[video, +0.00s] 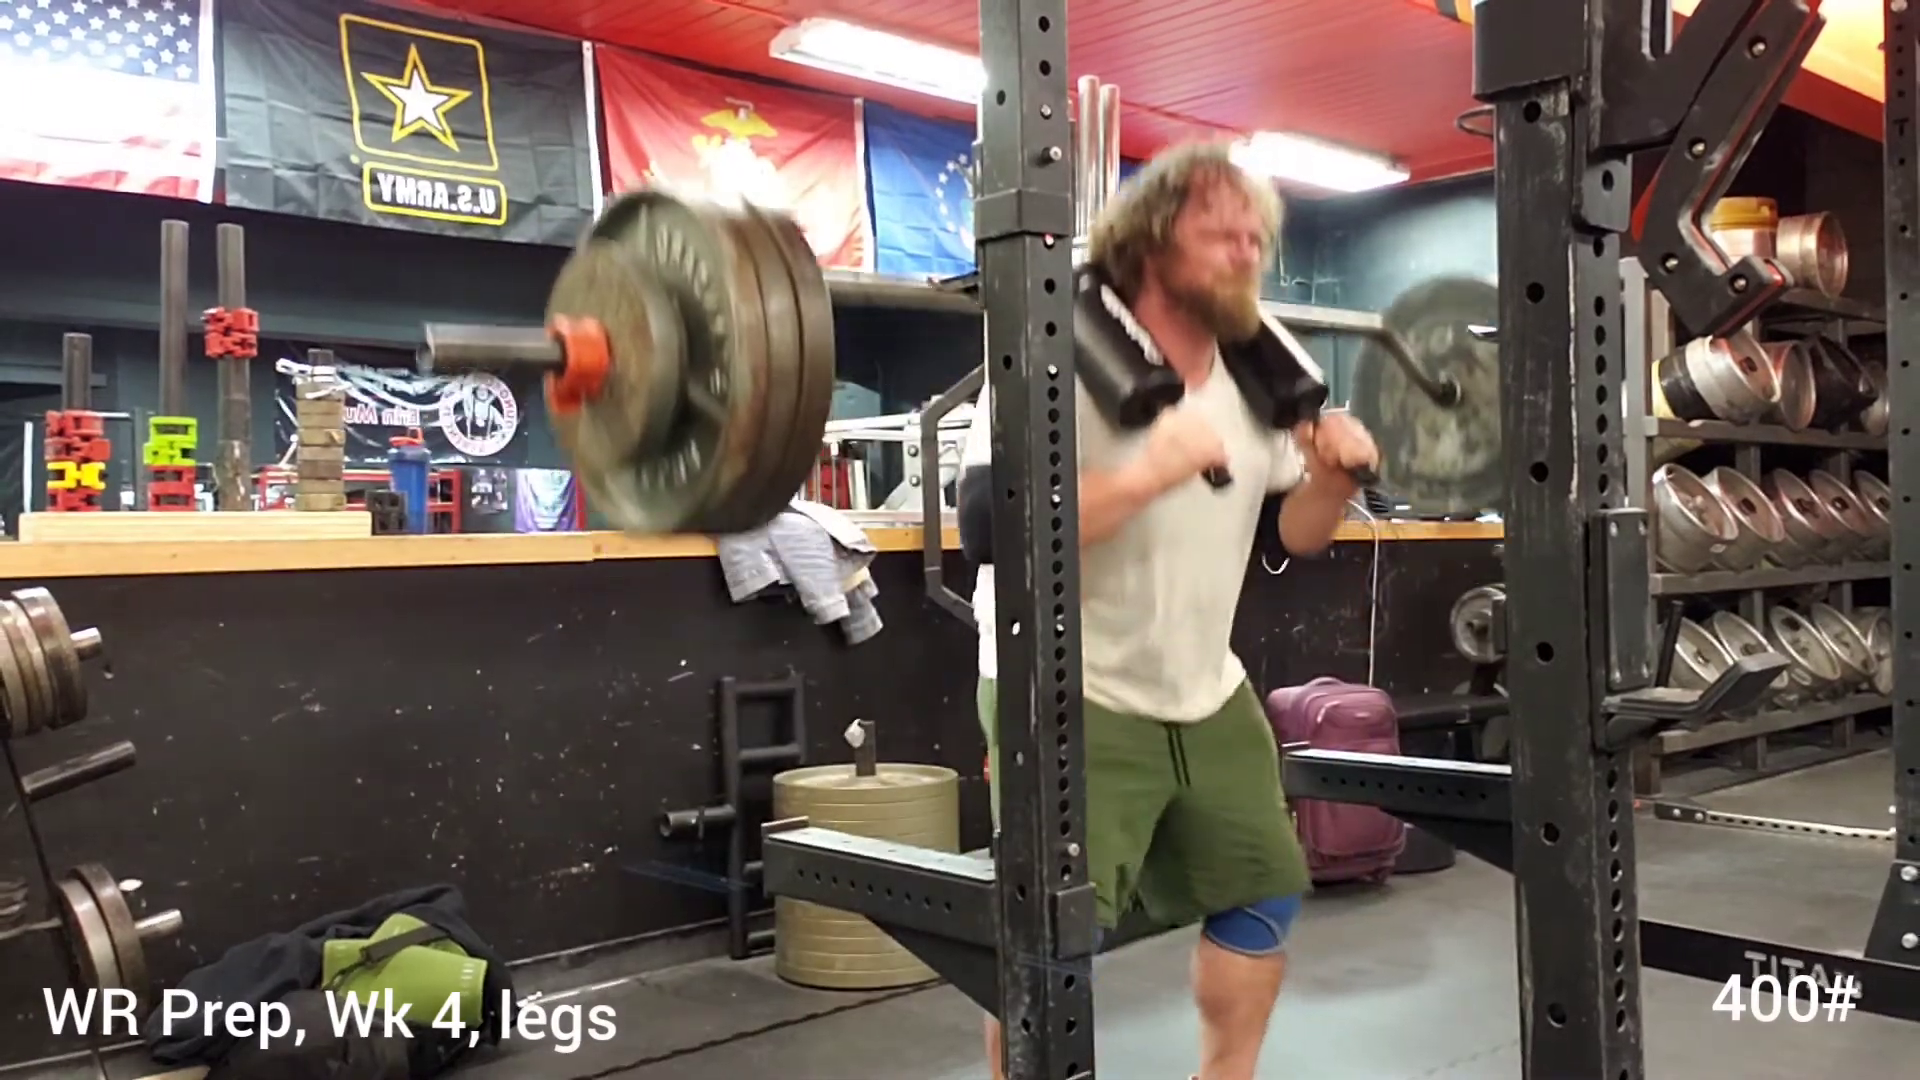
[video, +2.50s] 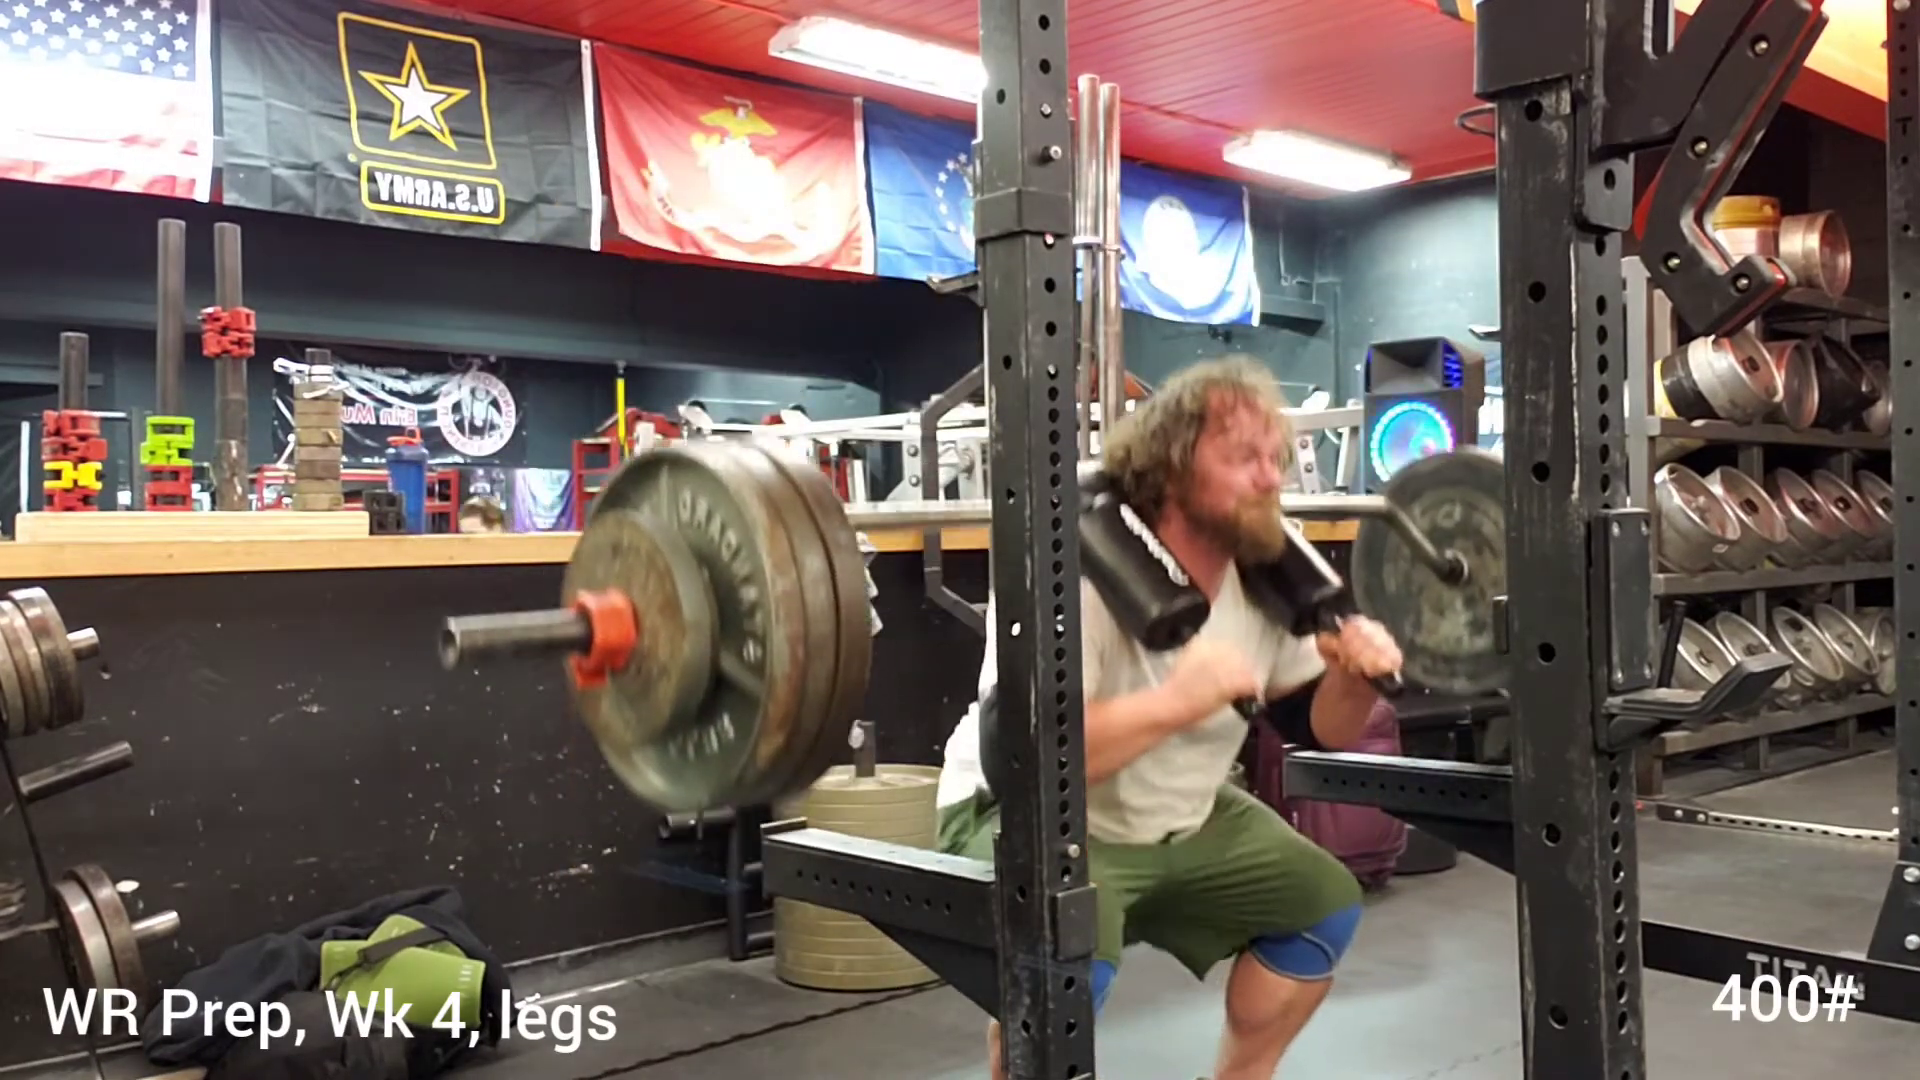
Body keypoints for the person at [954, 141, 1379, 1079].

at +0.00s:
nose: (1242, 247)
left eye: (1253, 231)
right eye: (1217, 226)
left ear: (1262, 249)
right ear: (1155, 234)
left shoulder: (1258, 358)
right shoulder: (1066, 346)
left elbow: (1300, 538)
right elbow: (1027, 526)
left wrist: (1334, 476)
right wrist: (1149, 472)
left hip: (1207, 686)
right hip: (1080, 690)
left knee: (1260, 892)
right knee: (1056, 927)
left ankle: (1227, 1072)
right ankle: (1019, 1069)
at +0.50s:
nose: (1243, 204)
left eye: (1248, 184)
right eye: (1217, 183)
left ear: (1251, 195)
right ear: (1147, 194)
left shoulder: (1246, 328)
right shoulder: (1052, 302)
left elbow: (1284, 485)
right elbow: (983, 477)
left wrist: (1331, 424)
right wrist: (1135, 415)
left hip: (1223, 684)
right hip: (1089, 681)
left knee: (1207, 925)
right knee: (1042, 939)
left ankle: (1219, 1073)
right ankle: (1024, 1072)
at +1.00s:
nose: (1239, 260)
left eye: (1245, 240)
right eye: (1214, 240)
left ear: (1252, 250)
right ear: (1145, 249)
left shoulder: (1250, 364)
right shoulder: (1058, 355)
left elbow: (1307, 536)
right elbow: (1002, 527)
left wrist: (1335, 469)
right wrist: (1144, 460)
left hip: (1195, 701)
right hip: (1057, 703)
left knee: (1267, 890)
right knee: (1047, 938)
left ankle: (1230, 1074)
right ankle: (1014, 1073)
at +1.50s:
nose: (1248, 471)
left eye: (1255, 455)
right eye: (1221, 453)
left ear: (1266, 463)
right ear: (1154, 462)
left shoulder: (1259, 570)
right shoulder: (1058, 574)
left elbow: (1326, 738)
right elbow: (1017, 774)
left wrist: (1352, 680)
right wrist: (1163, 709)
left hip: (1187, 832)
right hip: (1048, 840)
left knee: (1328, 910)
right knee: (1087, 958)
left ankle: (1239, 1072)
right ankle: (1032, 1069)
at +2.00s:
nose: (1268, 622)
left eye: (1273, 599)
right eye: (1240, 601)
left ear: (1284, 597)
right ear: (1171, 611)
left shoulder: (1270, 700)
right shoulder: (1086, 714)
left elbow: (1336, 858)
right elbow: (1025, 890)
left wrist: (1367, 816)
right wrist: (1179, 849)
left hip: (1229, 949)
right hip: (1106, 960)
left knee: (1362, 932)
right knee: (1084, 1001)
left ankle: (1247, 1074)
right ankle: (1016, 1070)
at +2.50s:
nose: (1269, 478)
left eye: (1274, 458)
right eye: (1243, 458)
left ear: (1284, 461)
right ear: (1171, 467)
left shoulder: (1271, 558)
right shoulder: (1078, 564)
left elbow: (1329, 729)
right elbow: (1032, 756)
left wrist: (1355, 676)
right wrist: (1174, 702)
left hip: (1183, 807)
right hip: (1045, 819)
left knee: (1321, 908)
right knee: (1076, 958)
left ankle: (1241, 1073)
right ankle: (1014, 1068)